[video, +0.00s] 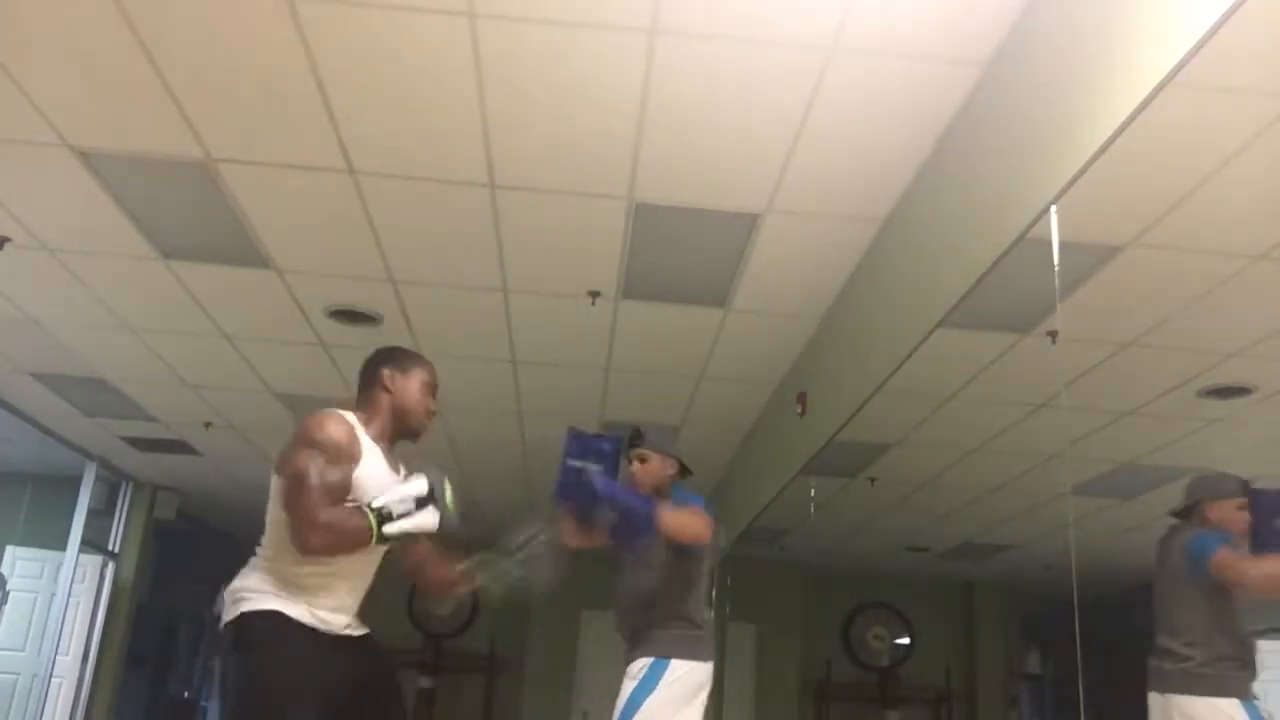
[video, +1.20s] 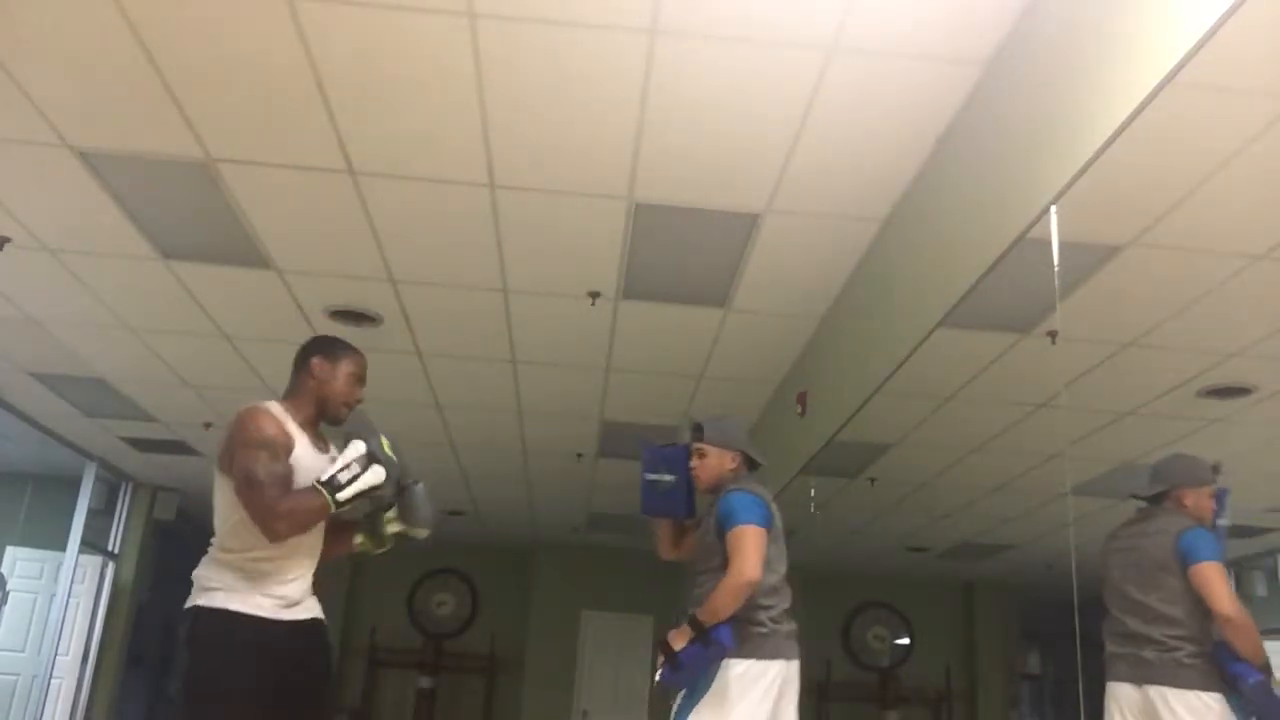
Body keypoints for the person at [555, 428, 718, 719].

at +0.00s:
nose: (632, 469)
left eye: (642, 460)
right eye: (630, 461)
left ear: (670, 467)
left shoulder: (685, 502)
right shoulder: (635, 514)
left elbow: (700, 531)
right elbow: (575, 538)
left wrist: (626, 500)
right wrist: (573, 490)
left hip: (674, 655)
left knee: (632, 713)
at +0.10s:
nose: (644, 477)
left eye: (654, 468)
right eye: (641, 469)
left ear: (682, 475)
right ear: (636, 474)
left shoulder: (699, 516)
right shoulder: (647, 522)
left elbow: (725, 567)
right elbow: (586, 552)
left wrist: (657, 552)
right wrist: (590, 492)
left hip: (687, 663)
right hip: (663, 659)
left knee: (644, 713)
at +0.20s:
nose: (654, 478)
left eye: (664, 469)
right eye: (651, 470)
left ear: (692, 476)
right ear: (646, 475)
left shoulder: (708, 518)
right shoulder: (661, 526)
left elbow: (737, 582)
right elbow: (603, 560)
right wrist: (601, 497)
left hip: (696, 667)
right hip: (671, 664)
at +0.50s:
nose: (666, 469)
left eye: (676, 461)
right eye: (664, 463)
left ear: (704, 469)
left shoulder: (718, 510)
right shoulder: (676, 520)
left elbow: (740, 578)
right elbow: (617, 554)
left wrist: (683, 633)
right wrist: (618, 490)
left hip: (709, 660)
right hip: (679, 659)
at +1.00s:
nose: (658, 459)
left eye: (668, 450)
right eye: (659, 450)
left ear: (700, 453)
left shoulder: (711, 492)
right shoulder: (692, 501)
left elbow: (721, 568)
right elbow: (637, 541)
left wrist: (676, 632)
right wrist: (630, 475)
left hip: (727, 655)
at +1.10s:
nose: (676, 460)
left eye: (685, 450)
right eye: (677, 451)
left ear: (716, 454)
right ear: (715, 456)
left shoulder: (726, 493)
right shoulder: (711, 498)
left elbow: (730, 570)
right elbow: (653, 542)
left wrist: (682, 631)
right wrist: (649, 474)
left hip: (733, 656)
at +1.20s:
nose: (692, 464)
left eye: (701, 455)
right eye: (692, 456)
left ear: (733, 460)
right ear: (732, 462)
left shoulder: (739, 499)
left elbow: (745, 574)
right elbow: (671, 549)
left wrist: (690, 628)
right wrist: (666, 483)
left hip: (745, 658)